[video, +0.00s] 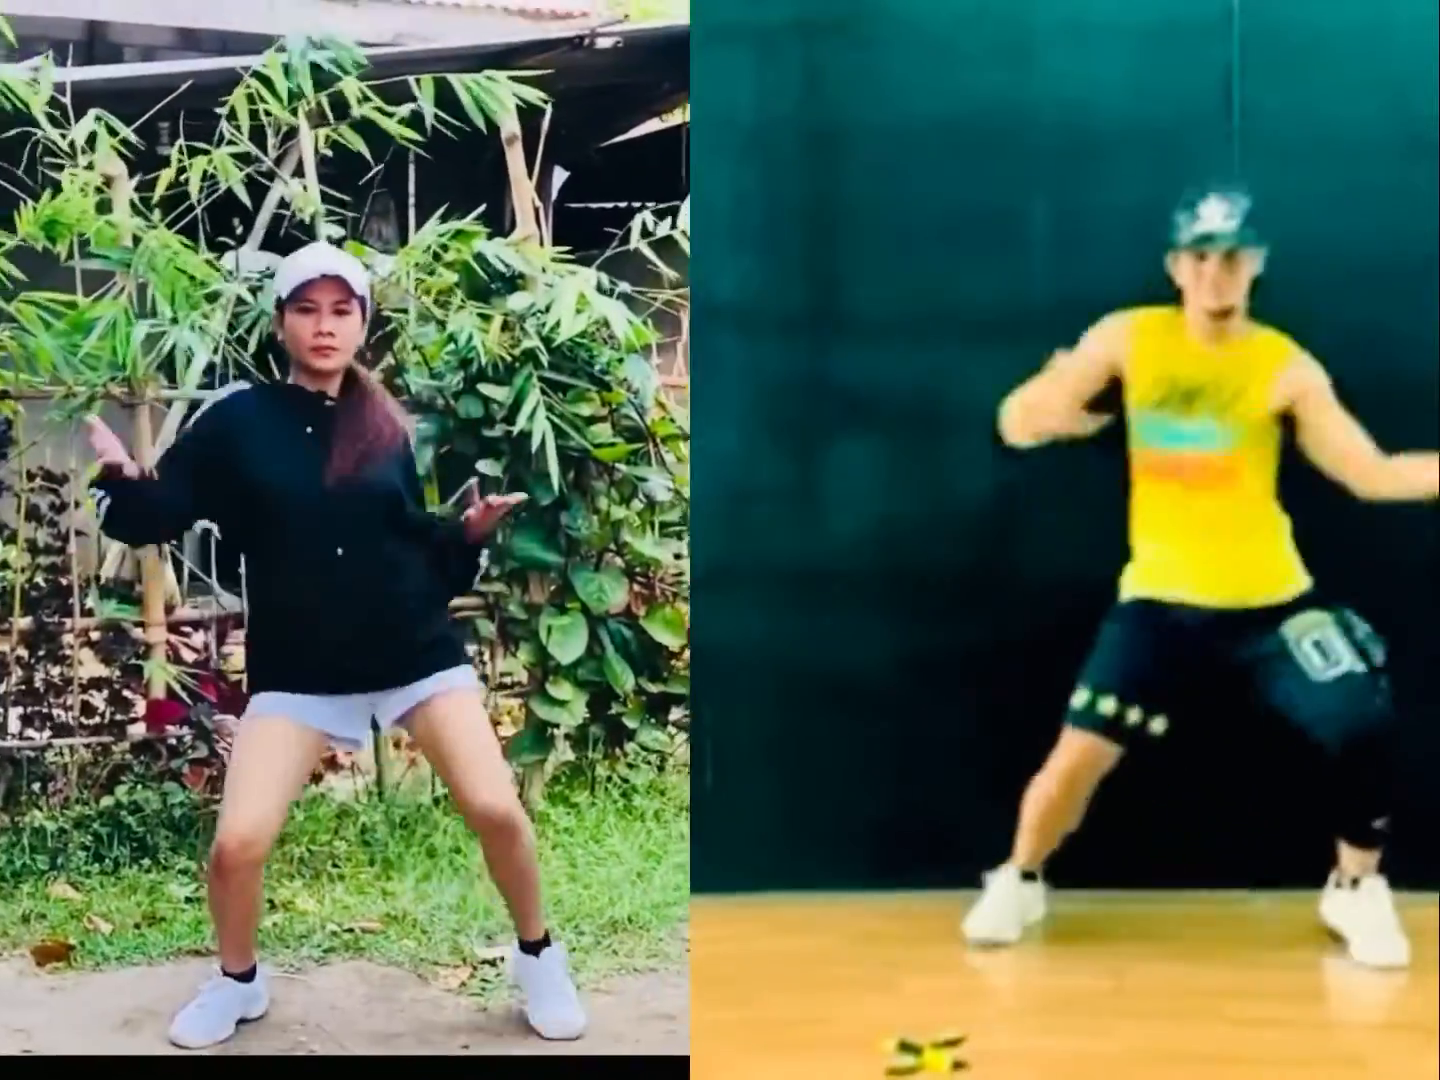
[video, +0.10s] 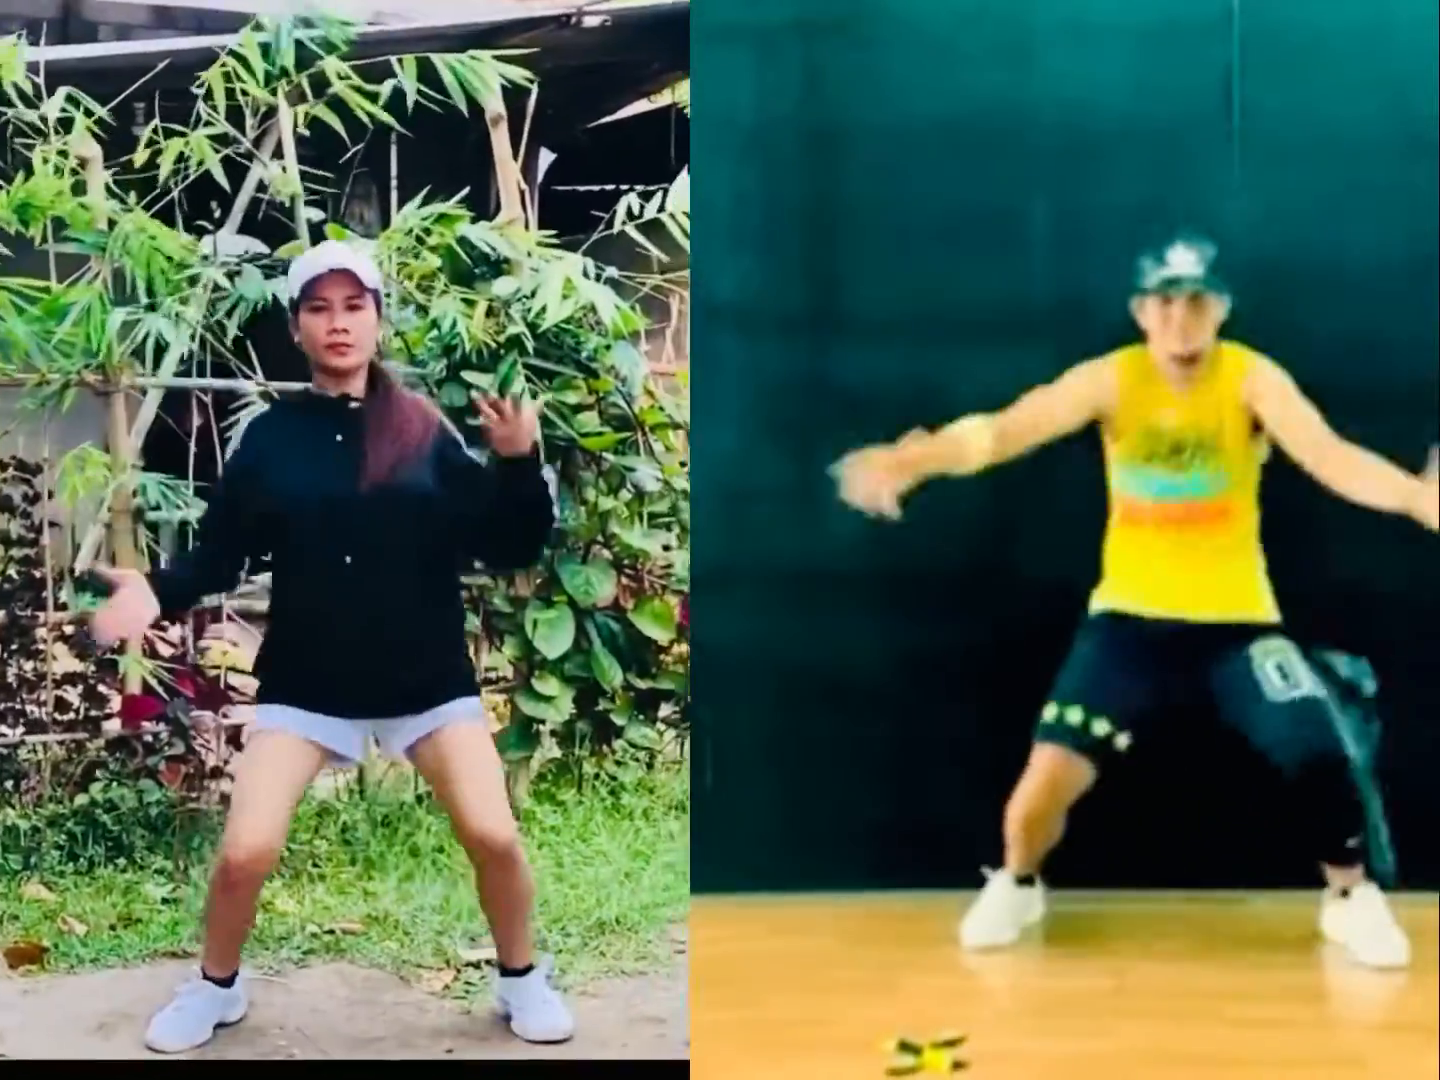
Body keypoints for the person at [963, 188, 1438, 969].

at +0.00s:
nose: (1219, 274)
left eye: (1235, 258)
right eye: (1204, 258)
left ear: (1257, 265)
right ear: (1175, 265)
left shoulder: (1285, 367)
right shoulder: (1125, 340)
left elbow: (1370, 472)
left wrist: (1437, 469)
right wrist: (1056, 412)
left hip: (1272, 598)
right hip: (1159, 597)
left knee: (1363, 722)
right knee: (1081, 753)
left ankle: (1357, 886)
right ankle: (1019, 882)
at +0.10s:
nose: (1179, 321)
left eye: (1195, 303)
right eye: (1163, 303)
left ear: (1220, 310)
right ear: (1140, 310)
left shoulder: (1252, 381)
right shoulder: (1108, 381)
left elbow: (1329, 457)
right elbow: (1002, 433)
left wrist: (1415, 494)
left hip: (1238, 619)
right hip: (1128, 616)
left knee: (1320, 740)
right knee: (1048, 779)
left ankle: (1351, 895)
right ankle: (1015, 887)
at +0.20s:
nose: (1158, 292)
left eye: (1173, 275)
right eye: (1143, 275)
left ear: (1197, 281)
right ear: (1117, 282)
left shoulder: (1230, 343)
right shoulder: (1081, 359)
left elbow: (1306, 440)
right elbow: (986, 442)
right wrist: (906, 414)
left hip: (1209, 596)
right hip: (1100, 595)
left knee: (1284, 749)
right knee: (1032, 775)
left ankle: (1351, 896)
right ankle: (1013, 889)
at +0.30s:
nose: (1141, 221)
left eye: (1157, 206)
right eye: (1128, 204)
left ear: (1180, 214)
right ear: (1101, 210)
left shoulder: (1202, 289)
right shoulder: (1059, 289)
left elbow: (1222, 393)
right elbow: (1005, 375)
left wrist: (1272, 355)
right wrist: (971, 348)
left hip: (1192, 546)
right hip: (1082, 549)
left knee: (1295, 689)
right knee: (1028, 728)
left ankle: (1344, 863)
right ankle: (1010, 879)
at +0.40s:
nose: (1126, 193)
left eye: (1141, 178)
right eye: (1111, 177)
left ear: (1163, 187)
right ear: (1083, 184)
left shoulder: (1184, 273)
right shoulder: (1041, 261)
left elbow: (1220, 392)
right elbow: (964, 334)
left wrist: (1315, 343)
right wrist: (979, 281)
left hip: (1183, 509)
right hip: (1077, 523)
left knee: (1300, 607)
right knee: (1040, 710)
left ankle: (1279, 793)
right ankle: (1017, 869)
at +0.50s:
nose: (1112, 234)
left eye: (1129, 218)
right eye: (1098, 216)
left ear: (1151, 225)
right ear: (1071, 220)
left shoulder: (1178, 309)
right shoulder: (1027, 288)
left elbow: (1275, 381)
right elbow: (906, 316)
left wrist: (1396, 371)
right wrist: (907, 277)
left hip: (1160, 533)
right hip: (1058, 548)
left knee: (1284, 562)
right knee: (1041, 728)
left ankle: (1233, 735)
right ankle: (1023, 876)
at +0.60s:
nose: (1121, 255)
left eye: (1137, 237)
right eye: (1106, 237)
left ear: (1163, 241)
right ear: (1085, 239)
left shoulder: (1188, 307)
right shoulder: (1044, 301)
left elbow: (1283, 352)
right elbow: (920, 309)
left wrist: (1342, 323)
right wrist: (832, 253)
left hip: (1159, 536)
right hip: (1059, 551)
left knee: (1288, 543)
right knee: (1040, 733)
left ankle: (1231, 714)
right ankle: (1020, 880)